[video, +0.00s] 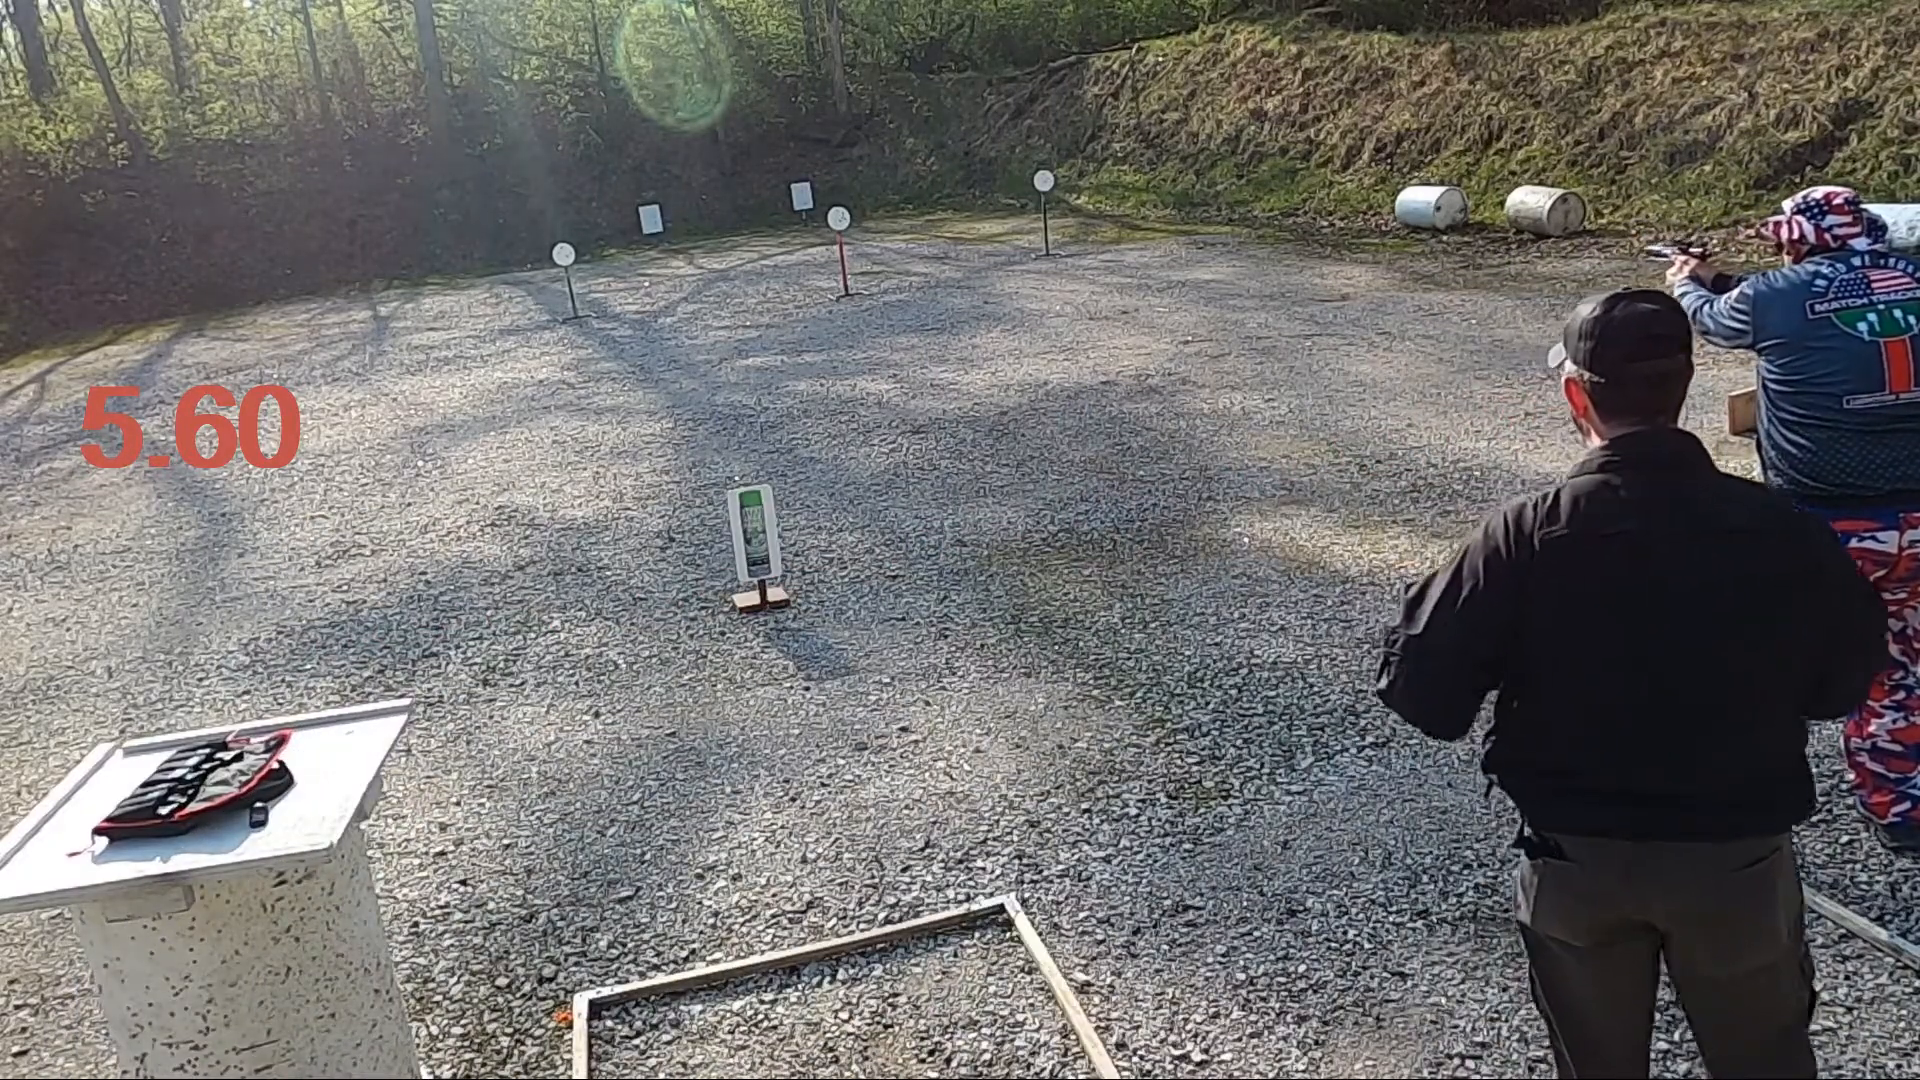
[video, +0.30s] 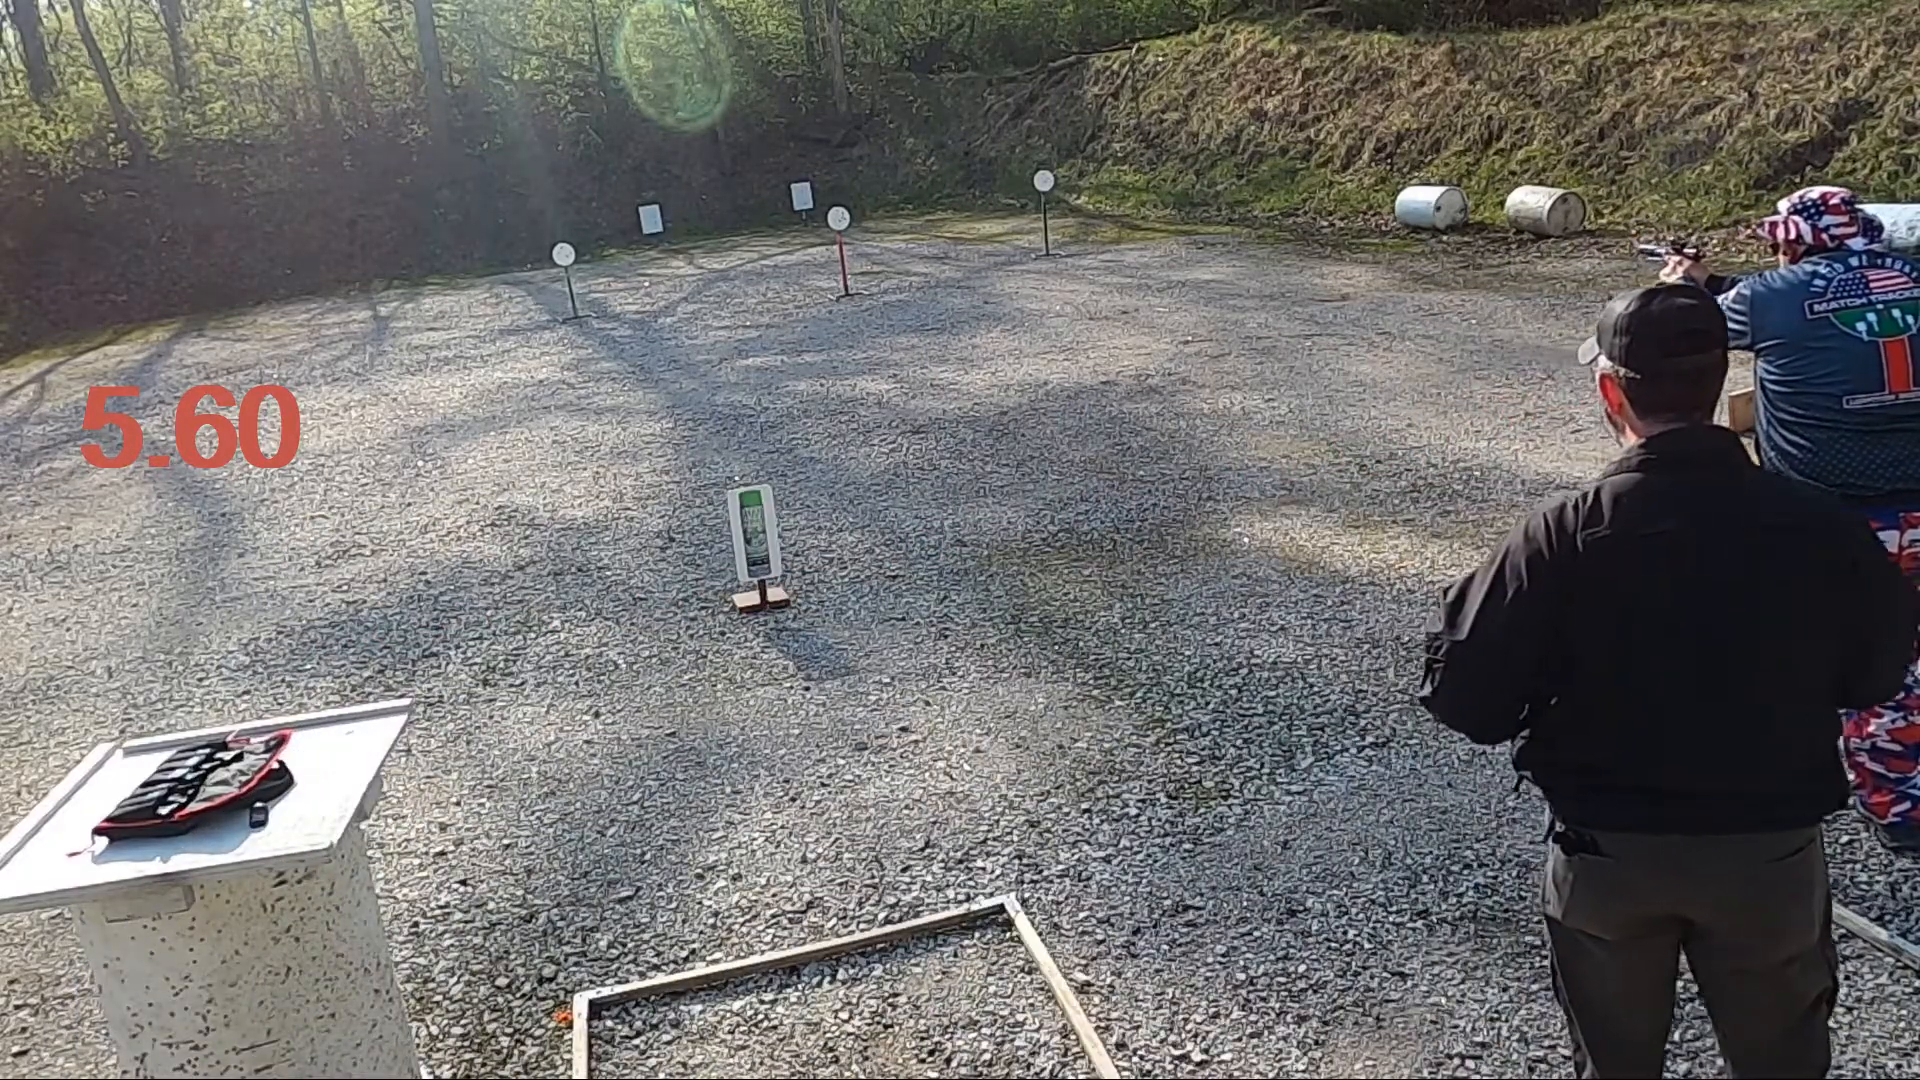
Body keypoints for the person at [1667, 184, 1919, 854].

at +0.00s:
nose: (1784, 253)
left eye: (1787, 244)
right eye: (1783, 246)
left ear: (1802, 243)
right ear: (1863, 232)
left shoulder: (1775, 294)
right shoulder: (1908, 281)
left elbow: (1710, 317)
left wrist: (1682, 278)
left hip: (1820, 530)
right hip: (1912, 521)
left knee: (1797, 663)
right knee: (1901, 668)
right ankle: (1900, 807)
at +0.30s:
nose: (1778, 255)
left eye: (1782, 245)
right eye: (1777, 246)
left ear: (1799, 244)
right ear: (1860, 231)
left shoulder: (1776, 294)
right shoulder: (1908, 278)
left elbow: (1690, 324)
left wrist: (1678, 280)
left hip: (1826, 526)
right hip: (1912, 510)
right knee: (1901, 669)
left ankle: (1899, 810)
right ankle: (1899, 807)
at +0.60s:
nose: (1777, 250)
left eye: (1781, 240)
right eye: (1778, 242)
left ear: (1797, 240)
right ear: (1860, 228)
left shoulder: (1775, 291)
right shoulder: (1905, 274)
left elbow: (1699, 311)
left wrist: (1685, 279)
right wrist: (1707, 281)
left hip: (1829, 509)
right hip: (1909, 497)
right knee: (1900, 661)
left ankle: (1898, 807)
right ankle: (1898, 799)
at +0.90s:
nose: (1779, 229)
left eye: (1784, 219)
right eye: (1781, 219)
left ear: (1800, 221)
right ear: (1865, 210)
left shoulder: (1764, 286)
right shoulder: (1908, 256)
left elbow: (1715, 351)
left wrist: (1712, 296)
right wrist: (1740, 297)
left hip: (1823, 503)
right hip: (1911, 490)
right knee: (1898, 651)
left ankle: (1899, 806)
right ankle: (1900, 802)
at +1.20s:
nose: (1776, 224)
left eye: (1780, 214)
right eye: (1776, 212)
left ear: (1799, 216)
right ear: (1861, 203)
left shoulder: (1764, 288)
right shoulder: (1910, 256)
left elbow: (1727, 386)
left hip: (1821, 508)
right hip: (1912, 495)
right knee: (1903, 649)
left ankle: (1900, 804)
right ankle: (1900, 800)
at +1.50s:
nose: (1706, 250)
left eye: (1707, 237)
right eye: (1703, 237)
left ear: (1732, 237)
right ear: (1788, 220)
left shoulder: (1715, 314)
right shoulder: (1859, 270)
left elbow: (1686, 411)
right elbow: (1862, 368)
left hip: (1781, 524)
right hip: (1878, 508)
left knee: (1783, 662)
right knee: (1887, 657)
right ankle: (1900, 807)